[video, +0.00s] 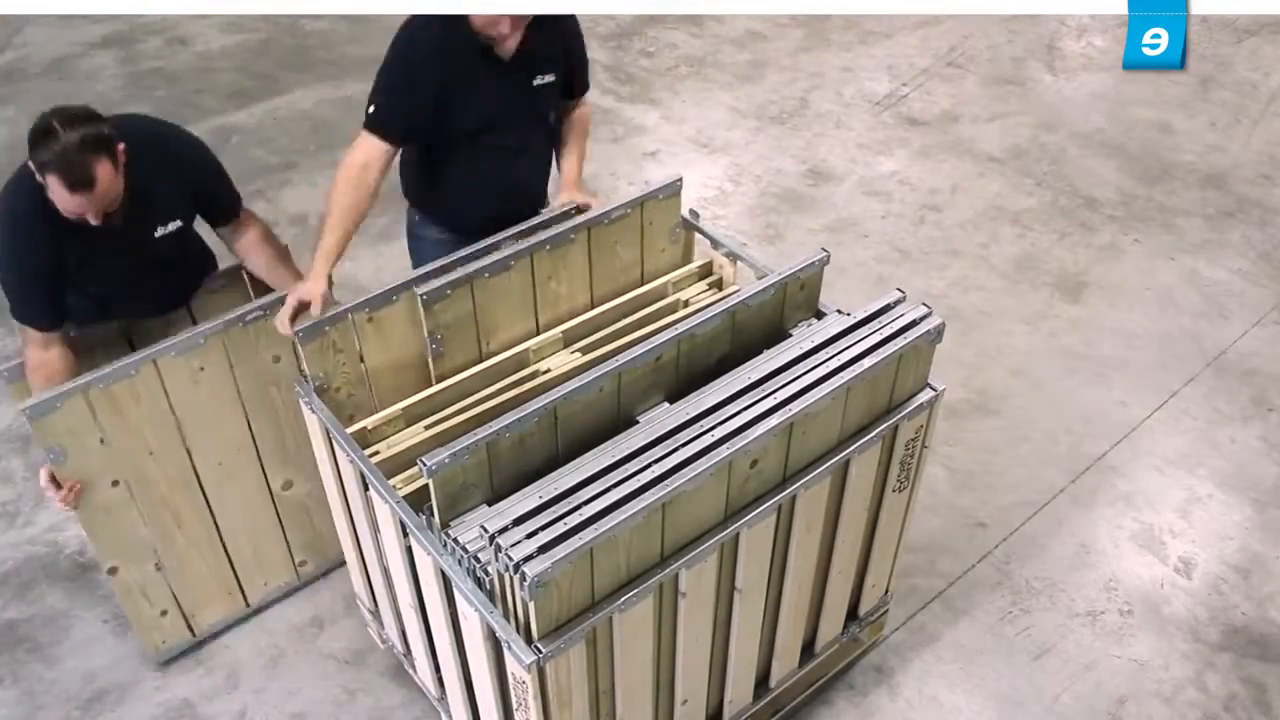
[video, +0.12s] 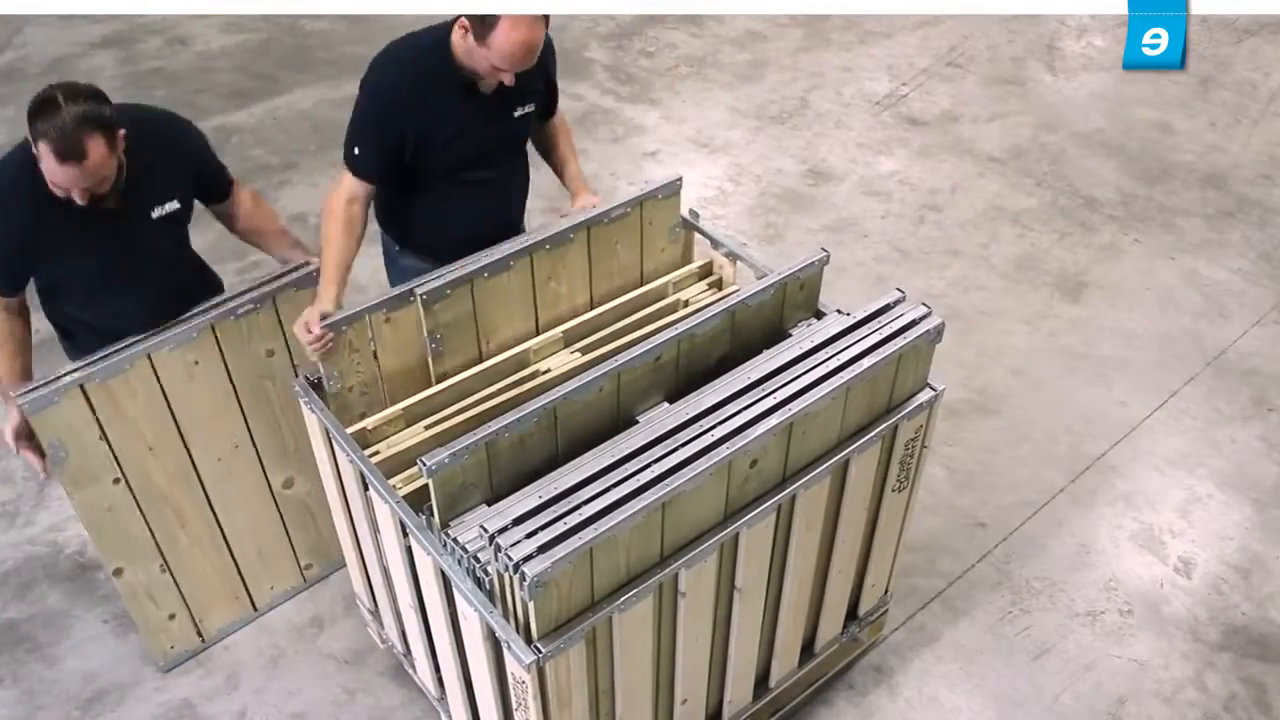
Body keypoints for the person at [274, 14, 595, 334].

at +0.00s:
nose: (508, 27)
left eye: (520, 15)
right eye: (493, 15)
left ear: (534, 8)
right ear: (467, 7)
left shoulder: (557, 25)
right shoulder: (426, 40)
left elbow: (575, 106)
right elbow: (368, 159)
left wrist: (571, 185)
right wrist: (318, 274)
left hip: (523, 219)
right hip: (445, 230)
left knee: (528, 343)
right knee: (456, 354)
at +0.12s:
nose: (508, 82)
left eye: (520, 70)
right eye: (498, 68)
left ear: (535, 42)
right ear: (463, 30)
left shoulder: (533, 54)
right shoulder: (397, 74)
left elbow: (546, 120)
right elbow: (352, 195)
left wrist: (579, 189)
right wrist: (327, 299)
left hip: (504, 245)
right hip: (424, 261)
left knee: (516, 367)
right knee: (443, 383)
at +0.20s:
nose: (507, 60)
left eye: (519, 49)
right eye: (497, 47)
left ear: (533, 26)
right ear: (464, 17)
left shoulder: (537, 41)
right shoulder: (399, 60)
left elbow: (554, 125)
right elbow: (352, 167)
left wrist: (625, 179)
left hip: (518, 254)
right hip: (436, 272)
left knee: (528, 394)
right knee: (457, 407)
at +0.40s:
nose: (535, 89)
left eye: (545, 75)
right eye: (523, 77)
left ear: (559, 46)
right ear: (486, 42)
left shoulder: (555, 56)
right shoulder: (408, 79)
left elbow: (559, 125)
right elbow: (370, 177)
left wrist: (628, 167)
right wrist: (391, 251)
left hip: (516, 249)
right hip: (432, 265)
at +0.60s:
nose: (366, 152)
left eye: (373, 141)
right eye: (355, 141)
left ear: (410, 102)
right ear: (336, 111)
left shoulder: (487, 97)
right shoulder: (333, 127)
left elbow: (558, 215)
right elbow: (346, 202)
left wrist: (523, 317)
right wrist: (399, 243)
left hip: (515, 261)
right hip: (433, 280)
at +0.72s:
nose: (371, 122)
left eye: (377, 111)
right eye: (360, 111)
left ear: (414, 73)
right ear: (345, 83)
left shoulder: (497, 85)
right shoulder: (350, 88)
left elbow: (582, 197)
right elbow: (346, 188)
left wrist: (532, 302)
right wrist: (421, 215)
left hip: (510, 255)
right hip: (424, 260)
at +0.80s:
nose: (415, 89)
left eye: (424, 76)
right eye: (404, 77)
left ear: (467, 46)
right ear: (389, 54)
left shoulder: (522, 79)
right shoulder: (372, 70)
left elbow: (575, 200)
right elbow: (334, 161)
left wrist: (526, 302)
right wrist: (392, 223)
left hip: (512, 261)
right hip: (427, 266)